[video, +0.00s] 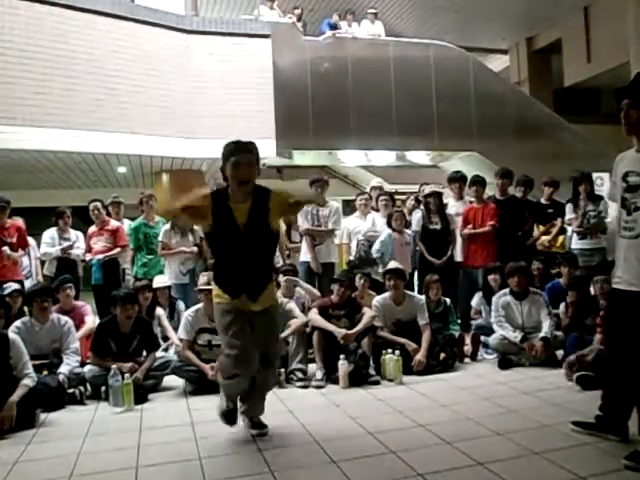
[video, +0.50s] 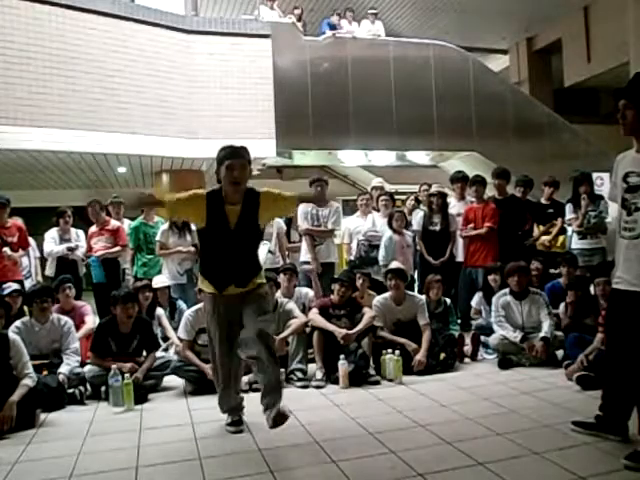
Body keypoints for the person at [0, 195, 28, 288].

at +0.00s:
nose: (2, 215)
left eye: (4, 211)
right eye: (1, 212)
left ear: (8, 210)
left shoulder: (17, 226)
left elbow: (24, 248)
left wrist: (14, 255)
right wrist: (8, 254)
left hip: (13, 275)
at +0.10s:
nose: (2, 215)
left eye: (4, 211)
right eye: (1, 212)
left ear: (8, 211)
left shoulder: (17, 226)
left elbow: (24, 248)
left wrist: (14, 255)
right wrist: (8, 254)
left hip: (13, 275)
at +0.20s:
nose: (2, 215)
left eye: (4, 211)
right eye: (1, 211)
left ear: (8, 210)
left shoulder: (17, 226)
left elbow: (24, 248)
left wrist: (14, 255)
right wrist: (8, 254)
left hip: (13, 275)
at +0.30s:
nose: (2, 215)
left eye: (4, 211)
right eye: (1, 211)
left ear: (8, 210)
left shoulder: (17, 226)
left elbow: (24, 248)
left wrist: (14, 255)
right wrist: (8, 254)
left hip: (13, 275)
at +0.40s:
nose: (2, 215)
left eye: (4, 211)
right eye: (1, 211)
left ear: (8, 210)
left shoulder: (17, 226)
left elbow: (24, 248)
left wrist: (15, 255)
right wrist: (9, 254)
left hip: (13, 275)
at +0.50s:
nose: (2, 212)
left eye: (4, 208)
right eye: (1, 208)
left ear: (8, 210)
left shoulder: (17, 227)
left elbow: (25, 247)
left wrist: (16, 255)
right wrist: (8, 253)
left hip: (14, 275)